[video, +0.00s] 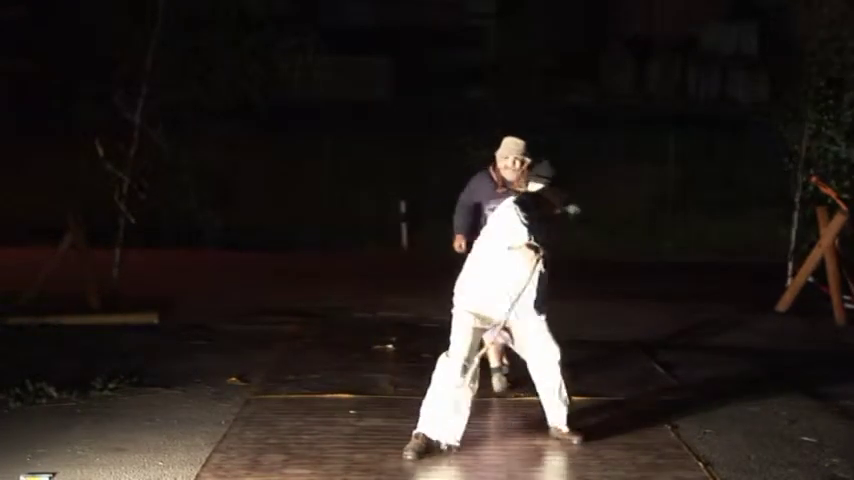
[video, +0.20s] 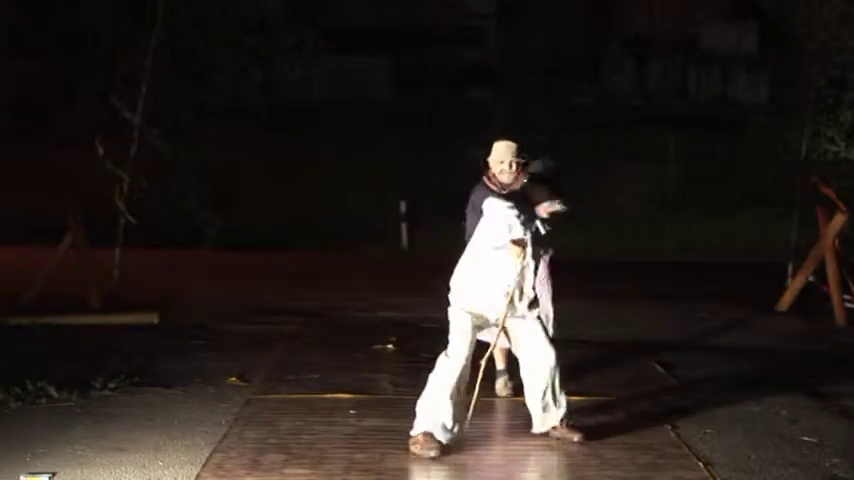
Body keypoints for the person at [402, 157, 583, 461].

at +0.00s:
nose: (555, 199)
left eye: (554, 193)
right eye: (549, 192)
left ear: (541, 187)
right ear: (537, 187)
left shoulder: (543, 222)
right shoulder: (514, 209)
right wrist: (531, 246)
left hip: (518, 308)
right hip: (475, 304)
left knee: (547, 357)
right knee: (457, 362)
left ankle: (558, 425)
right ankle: (426, 433)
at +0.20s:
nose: (516, 172)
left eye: (520, 166)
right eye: (509, 166)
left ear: (525, 176)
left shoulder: (525, 219)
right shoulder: (497, 210)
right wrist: (538, 219)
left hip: (510, 305)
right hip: (470, 301)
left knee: (542, 356)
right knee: (457, 358)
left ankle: (549, 421)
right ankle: (426, 431)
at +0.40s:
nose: (525, 217)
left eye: (530, 210)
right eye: (520, 209)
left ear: (533, 207)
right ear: (503, 202)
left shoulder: (541, 234)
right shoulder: (482, 227)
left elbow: (580, 252)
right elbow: (445, 258)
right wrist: (462, 288)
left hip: (521, 312)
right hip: (476, 309)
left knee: (558, 360)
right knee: (456, 365)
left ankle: (557, 424)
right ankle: (428, 432)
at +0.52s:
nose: (506, 200)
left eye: (507, 194)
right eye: (499, 195)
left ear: (509, 196)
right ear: (481, 199)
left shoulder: (529, 225)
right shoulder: (469, 229)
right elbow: (429, 265)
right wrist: (439, 292)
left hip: (523, 314)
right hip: (472, 313)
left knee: (557, 362)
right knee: (452, 366)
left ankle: (560, 423)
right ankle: (428, 434)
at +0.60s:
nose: (491, 194)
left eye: (491, 187)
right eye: (483, 190)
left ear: (496, 187)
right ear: (468, 195)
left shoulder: (518, 214)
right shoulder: (460, 222)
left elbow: (527, 261)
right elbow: (417, 254)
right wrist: (421, 278)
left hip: (509, 304)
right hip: (466, 306)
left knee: (549, 356)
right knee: (447, 362)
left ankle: (559, 423)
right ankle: (426, 432)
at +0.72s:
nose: (473, 174)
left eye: (467, 168)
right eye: (464, 169)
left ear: (474, 170)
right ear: (451, 175)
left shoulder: (496, 191)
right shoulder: (437, 207)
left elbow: (494, 200)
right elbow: (404, 236)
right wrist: (406, 256)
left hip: (500, 295)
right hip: (454, 298)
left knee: (532, 352)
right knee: (440, 358)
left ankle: (555, 421)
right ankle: (424, 431)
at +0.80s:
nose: (467, 168)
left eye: (468, 161)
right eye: (459, 163)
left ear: (470, 162)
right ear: (442, 167)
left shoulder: (488, 185)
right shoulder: (427, 198)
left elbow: (490, 203)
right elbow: (407, 229)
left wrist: (455, 187)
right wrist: (399, 251)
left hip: (486, 288)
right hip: (444, 292)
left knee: (525, 340)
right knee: (441, 353)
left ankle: (536, 414)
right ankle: (423, 430)